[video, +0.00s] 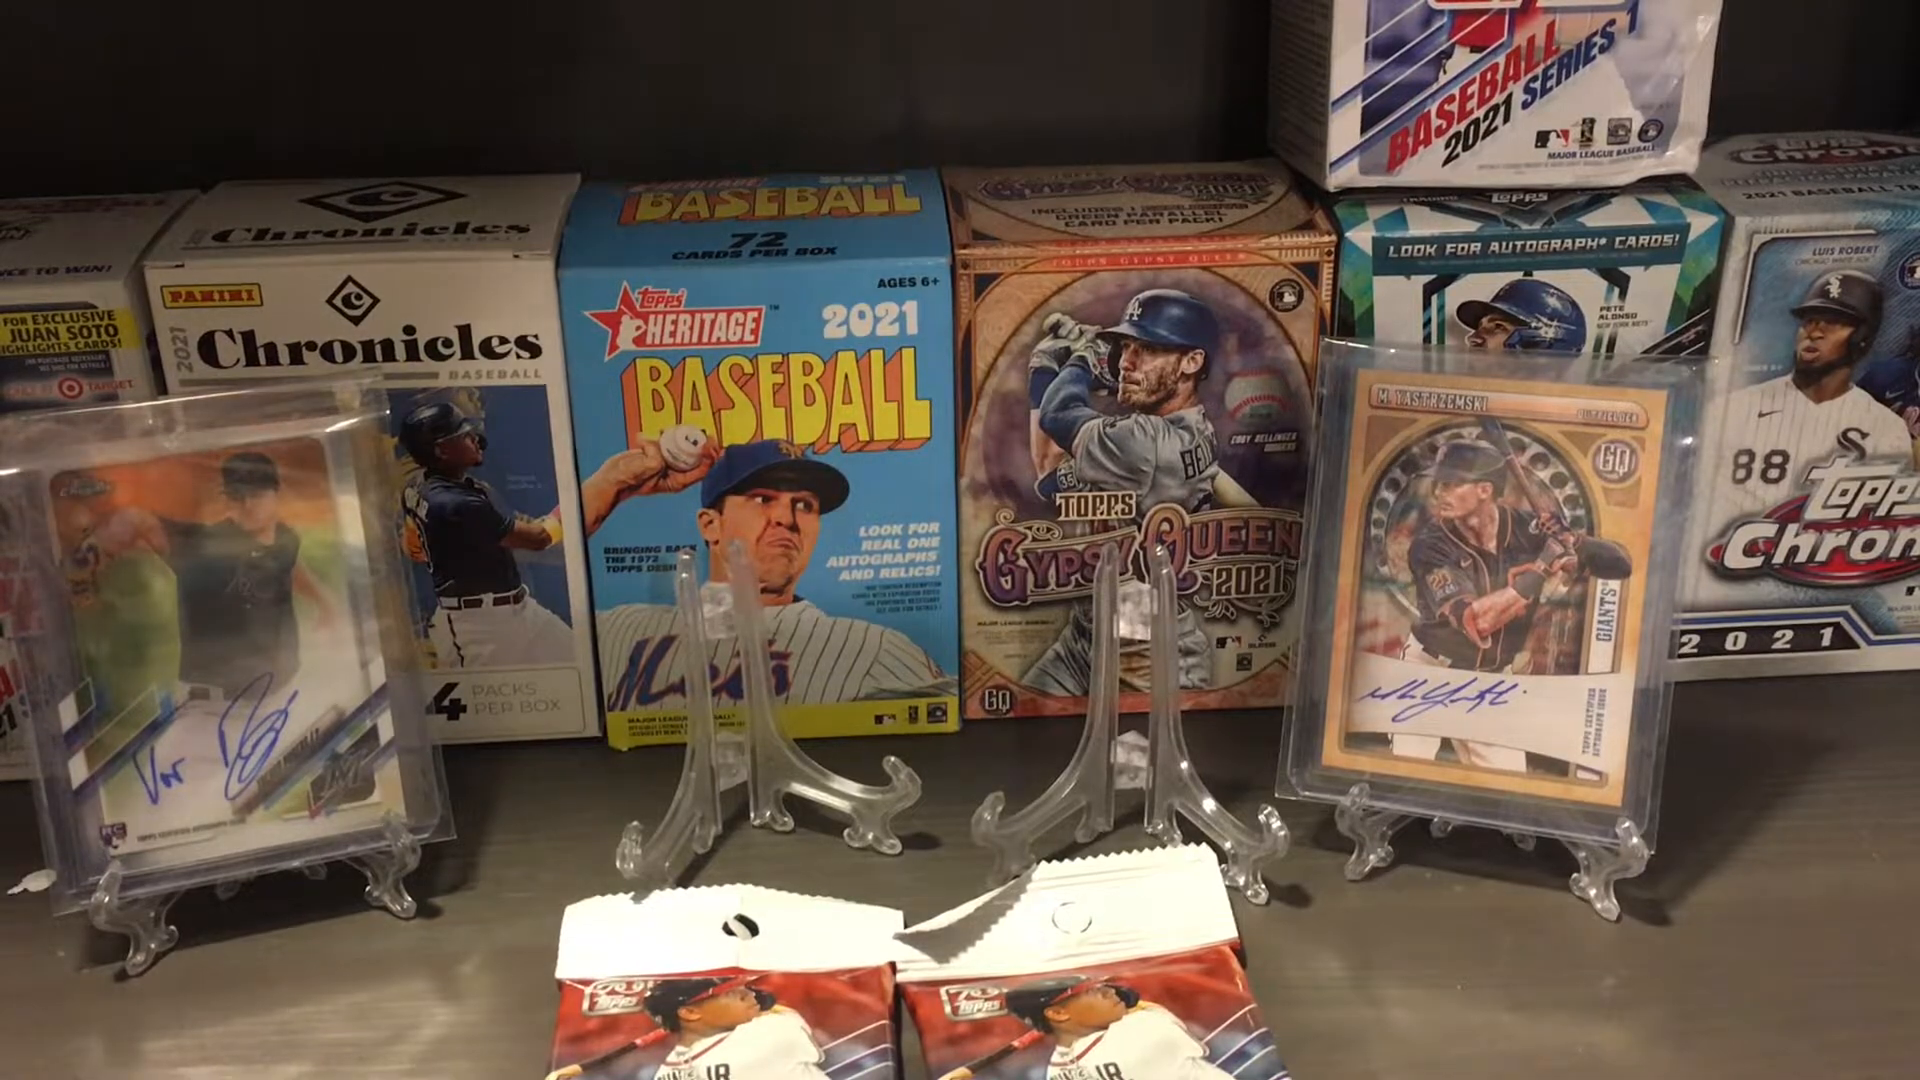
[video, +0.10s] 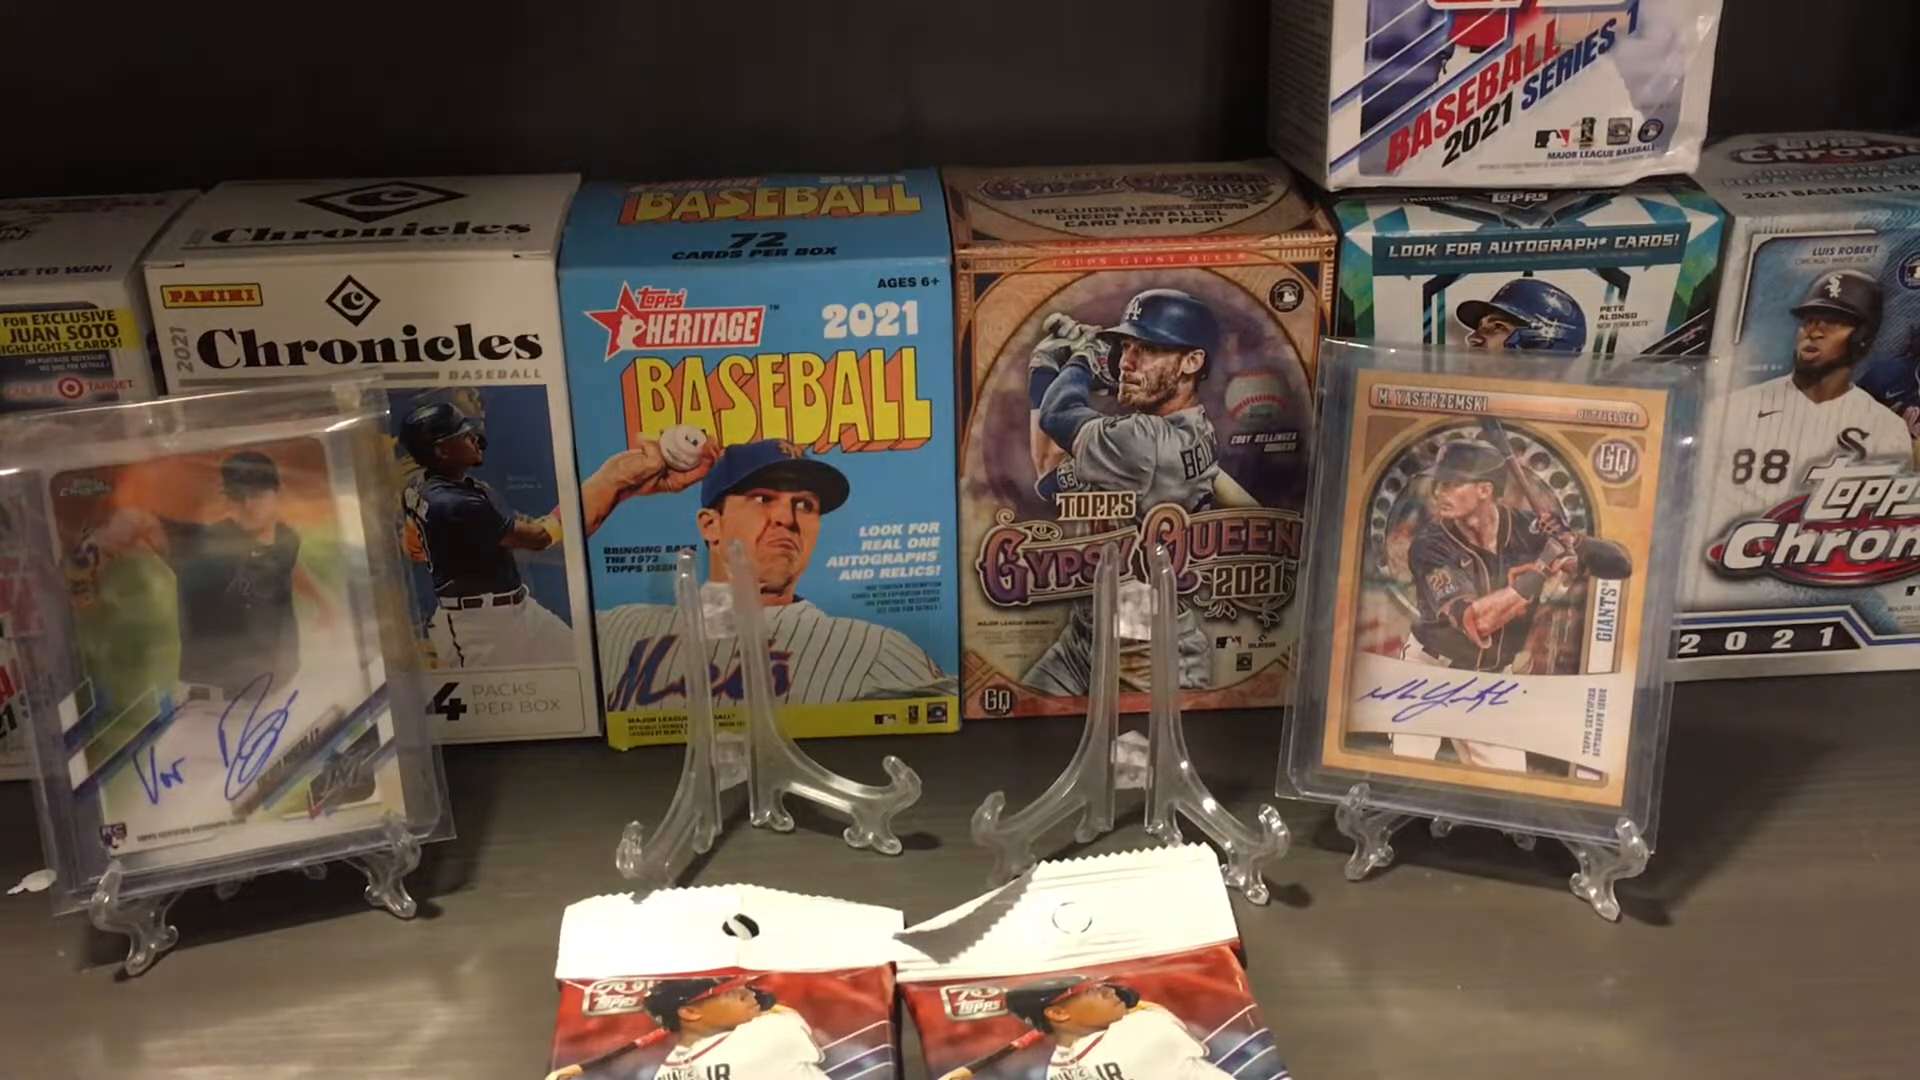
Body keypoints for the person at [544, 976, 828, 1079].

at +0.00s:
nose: (746, 993)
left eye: (737, 986)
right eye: (728, 993)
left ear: (690, 1015)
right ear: (692, 1015)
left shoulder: (666, 1071)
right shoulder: (779, 1033)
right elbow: (779, 1008)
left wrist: (579, 1071)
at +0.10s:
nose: (746, 993)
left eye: (738, 986)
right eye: (729, 993)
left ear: (690, 1015)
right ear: (692, 1014)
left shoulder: (666, 1071)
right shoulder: (779, 1033)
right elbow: (779, 1008)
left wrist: (579, 1071)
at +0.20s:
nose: (746, 993)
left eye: (737, 986)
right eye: (728, 993)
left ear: (690, 1015)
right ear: (692, 1014)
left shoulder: (666, 1071)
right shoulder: (778, 1033)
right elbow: (779, 1008)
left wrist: (580, 1071)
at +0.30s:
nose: (745, 992)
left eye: (735, 985)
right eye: (727, 992)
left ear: (690, 1014)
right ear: (692, 1014)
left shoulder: (666, 1071)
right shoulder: (779, 1032)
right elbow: (778, 1007)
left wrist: (580, 1070)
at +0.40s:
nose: (745, 992)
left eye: (736, 985)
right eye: (728, 993)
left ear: (690, 1014)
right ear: (692, 1014)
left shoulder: (666, 1071)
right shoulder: (778, 1033)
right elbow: (779, 1007)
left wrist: (579, 1071)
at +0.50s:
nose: (745, 993)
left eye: (737, 987)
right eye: (728, 993)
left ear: (690, 1015)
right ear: (692, 1014)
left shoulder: (666, 1071)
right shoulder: (779, 1033)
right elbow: (778, 1007)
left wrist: (579, 1071)